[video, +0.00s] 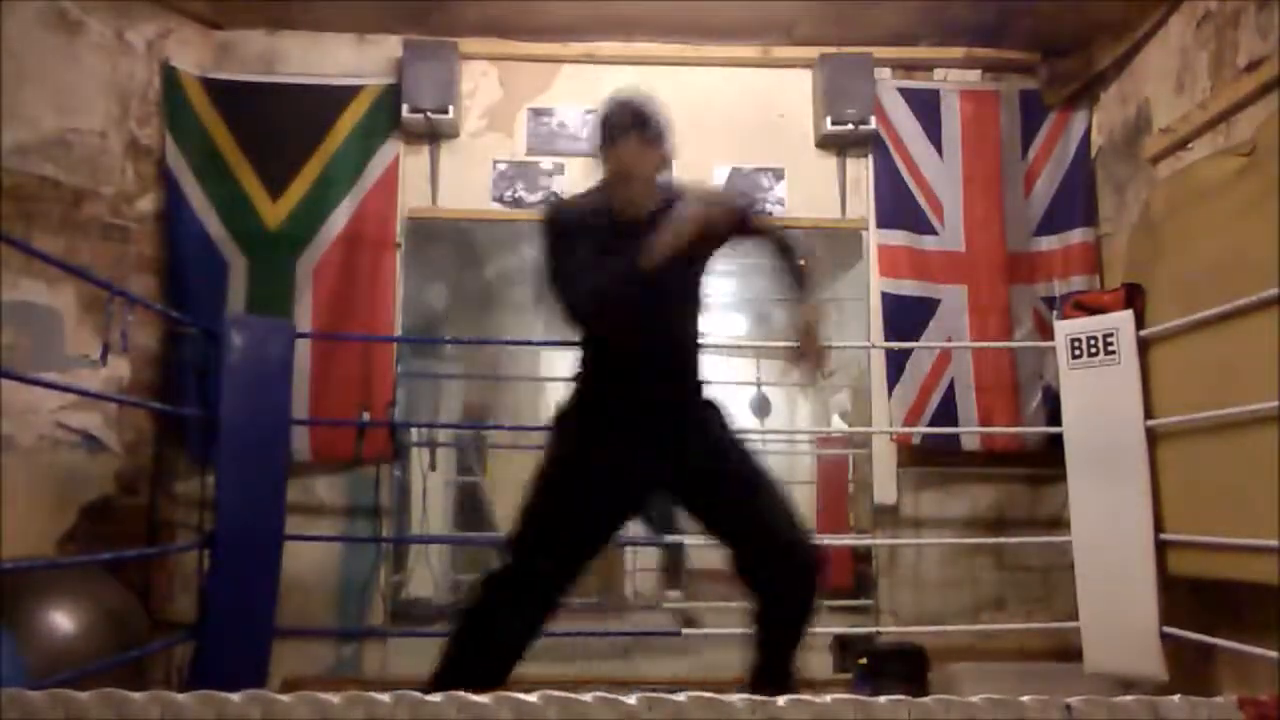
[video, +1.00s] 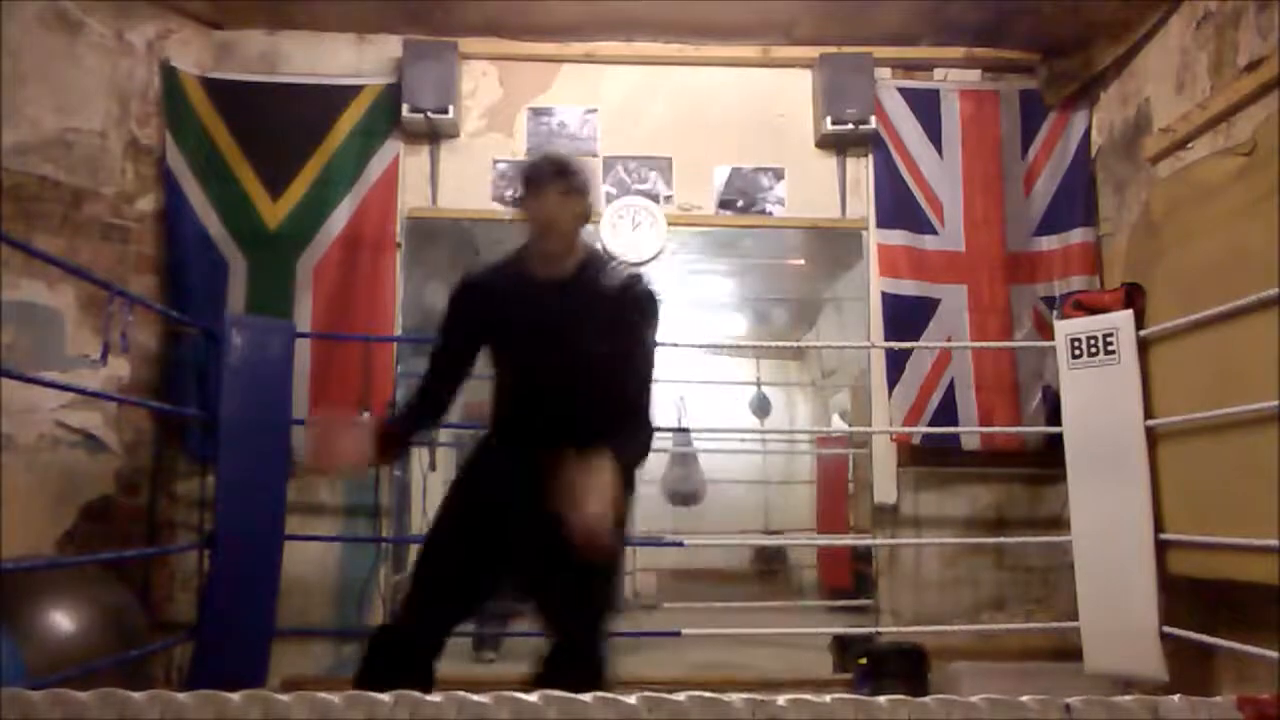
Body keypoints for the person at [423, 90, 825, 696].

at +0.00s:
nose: (641, 155)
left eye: (650, 143)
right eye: (629, 143)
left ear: (664, 153)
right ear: (607, 152)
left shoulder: (690, 213)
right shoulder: (573, 220)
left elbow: (775, 240)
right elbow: (588, 303)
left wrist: (804, 313)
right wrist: (669, 242)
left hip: (683, 425)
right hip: (603, 428)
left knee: (788, 562)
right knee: (531, 580)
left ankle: (769, 701)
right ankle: (443, 707)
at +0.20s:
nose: (740, 177)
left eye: (753, 165)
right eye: (732, 164)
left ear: (776, 173)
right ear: (718, 171)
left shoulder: (807, 230)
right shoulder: (687, 235)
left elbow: (893, 262)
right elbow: (696, 297)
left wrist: (967, 320)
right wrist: (782, 247)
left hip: (788, 432)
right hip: (709, 432)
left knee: (851, 566)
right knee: (661, 565)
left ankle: (907, 695)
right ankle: (662, 691)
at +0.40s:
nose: (853, 293)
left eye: (862, 279)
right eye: (842, 279)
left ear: (872, 271)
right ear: (811, 264)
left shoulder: (882, 340)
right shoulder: (755, 337)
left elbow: (913, 419)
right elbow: (748, 450)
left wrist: (950, 478)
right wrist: (799, 502)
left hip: (847, 481)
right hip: (771, 493)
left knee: (937, 647)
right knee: (822, 658)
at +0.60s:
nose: (809, 231)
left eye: (819, 220)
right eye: (798, 218)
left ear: (831, 226)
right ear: (774, 219)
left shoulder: (838, 292)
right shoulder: (725, 275)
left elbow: (824, 336)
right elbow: (673, 288)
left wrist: (780, 271)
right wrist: (638, 305)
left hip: (803, 461)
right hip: (729, 460)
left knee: (863, 581)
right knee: (688, 573)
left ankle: (926, 693)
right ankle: (729, 683)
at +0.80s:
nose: (674, 146)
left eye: (687, 135)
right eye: (664, 133)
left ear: (705, 147)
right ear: (648, 143)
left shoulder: (732, 216)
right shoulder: (606, 202)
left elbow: (716, 277)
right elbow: (498, 234)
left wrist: (641, 209)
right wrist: (488, 204)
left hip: (695, 414)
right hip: (616, 410)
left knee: (758, 557)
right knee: (528, 550)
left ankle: (787, 695)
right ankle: (468, 691)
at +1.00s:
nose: (548, 210)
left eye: (562, 196)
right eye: (538, 196)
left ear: (585, 209)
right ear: (523, 208)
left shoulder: (622, 295)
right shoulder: (488, 289)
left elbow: (633, 415)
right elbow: (438, 390)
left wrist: (612, 464)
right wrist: (383, 439)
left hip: (585, 478)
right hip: (503, 472)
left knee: (580, 646)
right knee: (418, 624)